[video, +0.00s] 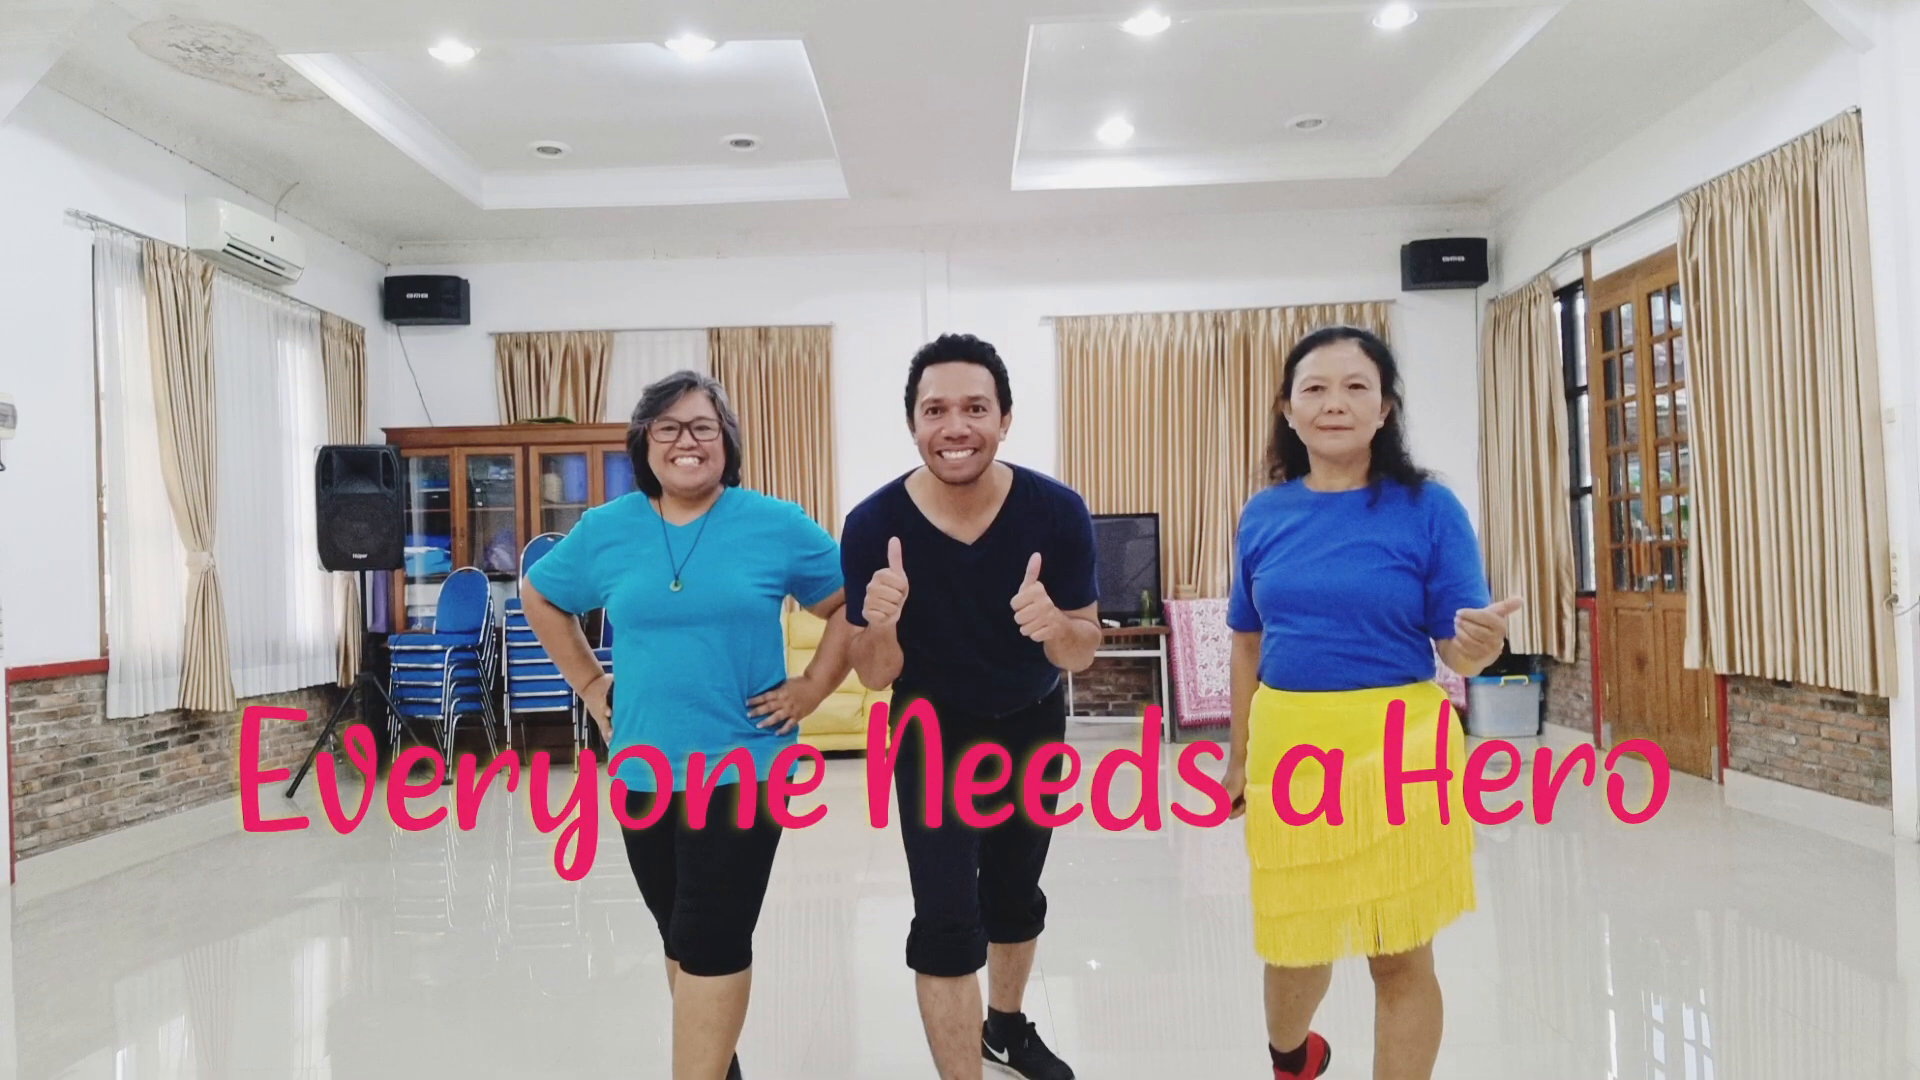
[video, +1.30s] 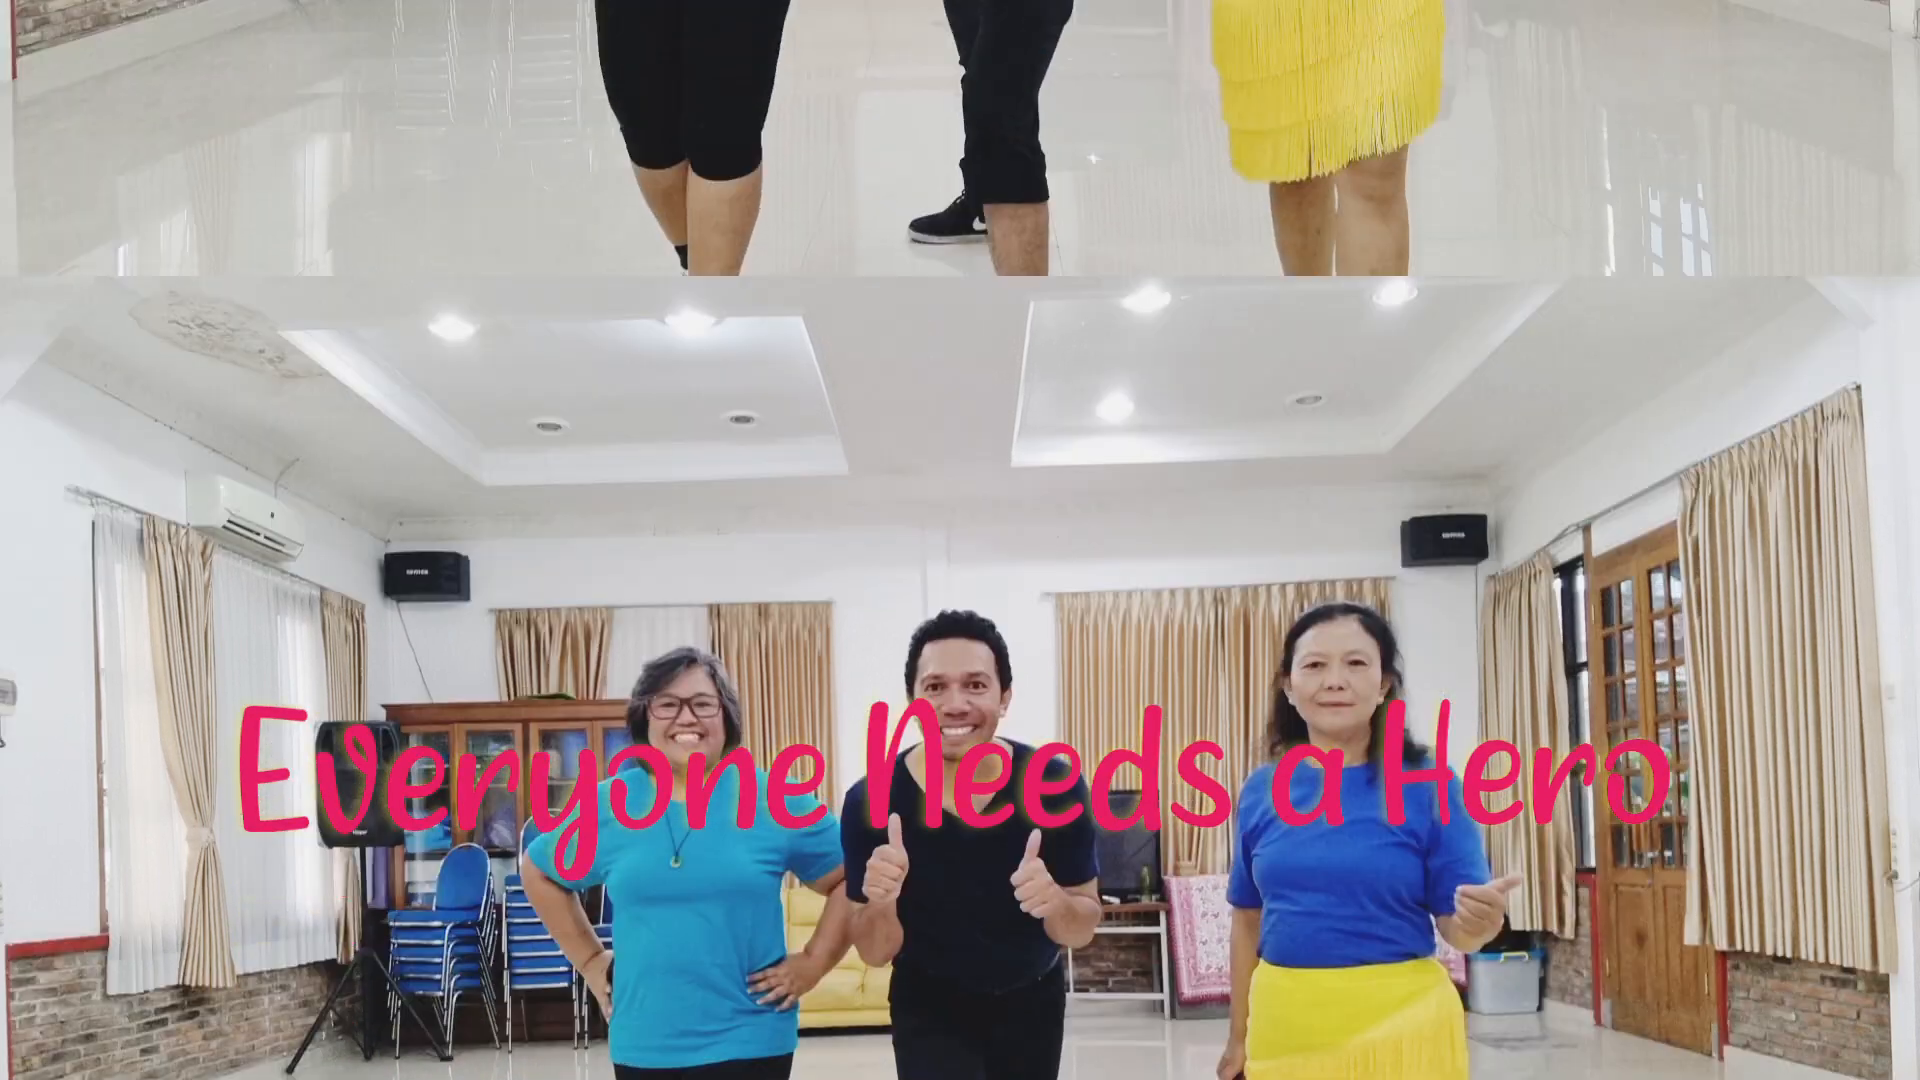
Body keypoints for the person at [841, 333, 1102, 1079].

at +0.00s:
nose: (956, 426)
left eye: (975, 408)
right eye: (936, 410)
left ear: (1004, 420)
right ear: (913, 424)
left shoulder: (1059, 514)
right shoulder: (872, 526)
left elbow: (1080, 654)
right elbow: (875, 673)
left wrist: (1053, 626)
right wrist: (879, 626)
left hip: (1030, 722)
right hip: (929, 726)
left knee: (1016, 894)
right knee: (948, 919)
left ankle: (1005, 1026)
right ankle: (959, 1076)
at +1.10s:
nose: (955, 462)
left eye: (974, 443)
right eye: (936, 444)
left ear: (1004, 455)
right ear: (913, 459)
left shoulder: (1057, 547)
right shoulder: (872, 561)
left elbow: (1082, 689)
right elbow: (872, 699)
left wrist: (1053, 662)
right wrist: (879, 662)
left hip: (1029, 765)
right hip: (932, 768)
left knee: (1013, 931)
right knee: (947, 957)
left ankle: (1007, 1059)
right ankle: (956, 1079)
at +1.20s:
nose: (955, 544)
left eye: (975, 525)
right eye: (936, 528)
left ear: (1004, 537)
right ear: (912, 542)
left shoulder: (1056, 629)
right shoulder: (873, 641)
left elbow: (1088, 753)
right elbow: (872, 786)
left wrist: (1054, 742)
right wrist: (885, 733)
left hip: (1029, 855)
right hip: (930, 856)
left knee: (1014, 1027)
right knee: (948, 1040)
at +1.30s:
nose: (955, 705)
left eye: (976, 685)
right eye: (935, 687)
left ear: (1005, 698)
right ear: (913, 701)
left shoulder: (1049, 781)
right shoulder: (873, 800)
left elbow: (1081, 930)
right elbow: (875, 952)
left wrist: (1055, 902)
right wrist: (880, 904)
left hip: (1028, 999)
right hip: (929, 1001)